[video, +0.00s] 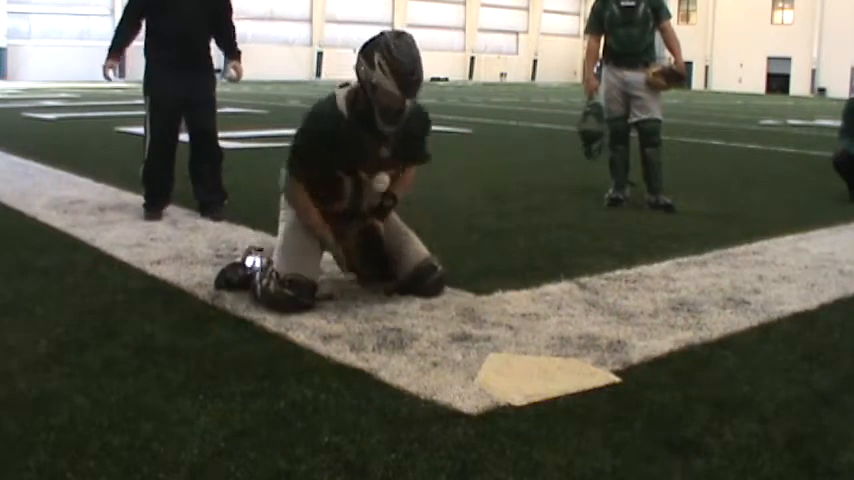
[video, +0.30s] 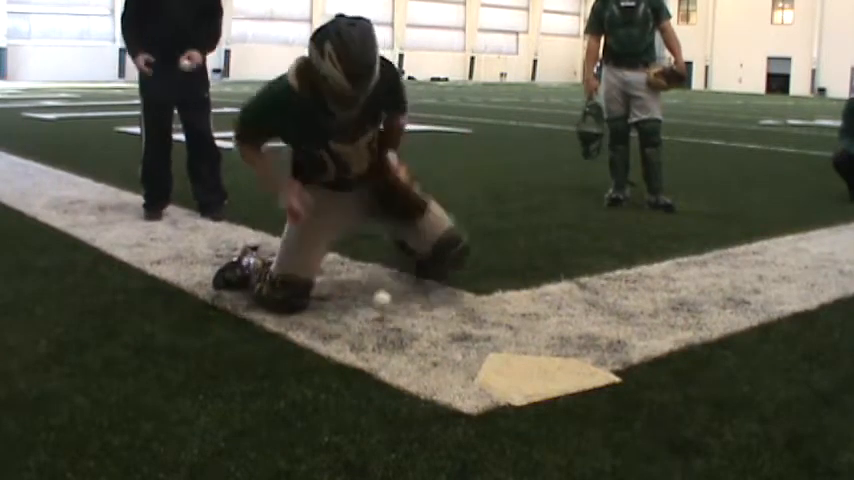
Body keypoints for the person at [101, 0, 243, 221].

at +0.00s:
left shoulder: (217, 3)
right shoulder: (146, 1)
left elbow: (222, 22)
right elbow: (132, 18)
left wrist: (233, 56)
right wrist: (115, 53)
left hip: (199, 71)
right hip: (162, 71)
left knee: (206, 140)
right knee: (160, 141)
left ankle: (211, 204)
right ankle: (154, 204)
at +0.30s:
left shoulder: (209, 5)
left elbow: (214, 19)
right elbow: (128, 17)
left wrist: (200, 49)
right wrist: (136, 51)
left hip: (192, 64)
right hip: (154, 64)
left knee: (200, 137)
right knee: (155, 138)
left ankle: (211, 203)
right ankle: (154, 202)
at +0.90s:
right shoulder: (122, 3)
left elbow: (197, 10)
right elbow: (111, 21)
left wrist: (200, 30)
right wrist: (119, 49)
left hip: (180, 63)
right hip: (143, 65)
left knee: (190, 136)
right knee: (149, 139)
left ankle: (194, 200)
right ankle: (153, 202)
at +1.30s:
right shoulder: (124, 2)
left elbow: (208, 18)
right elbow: (114, 21)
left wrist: (218, 8)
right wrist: (123, 48)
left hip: (178, 64)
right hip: (144, 65)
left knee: (180, 134)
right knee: (149, 136)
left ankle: (181, 199)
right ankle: (152, 202)